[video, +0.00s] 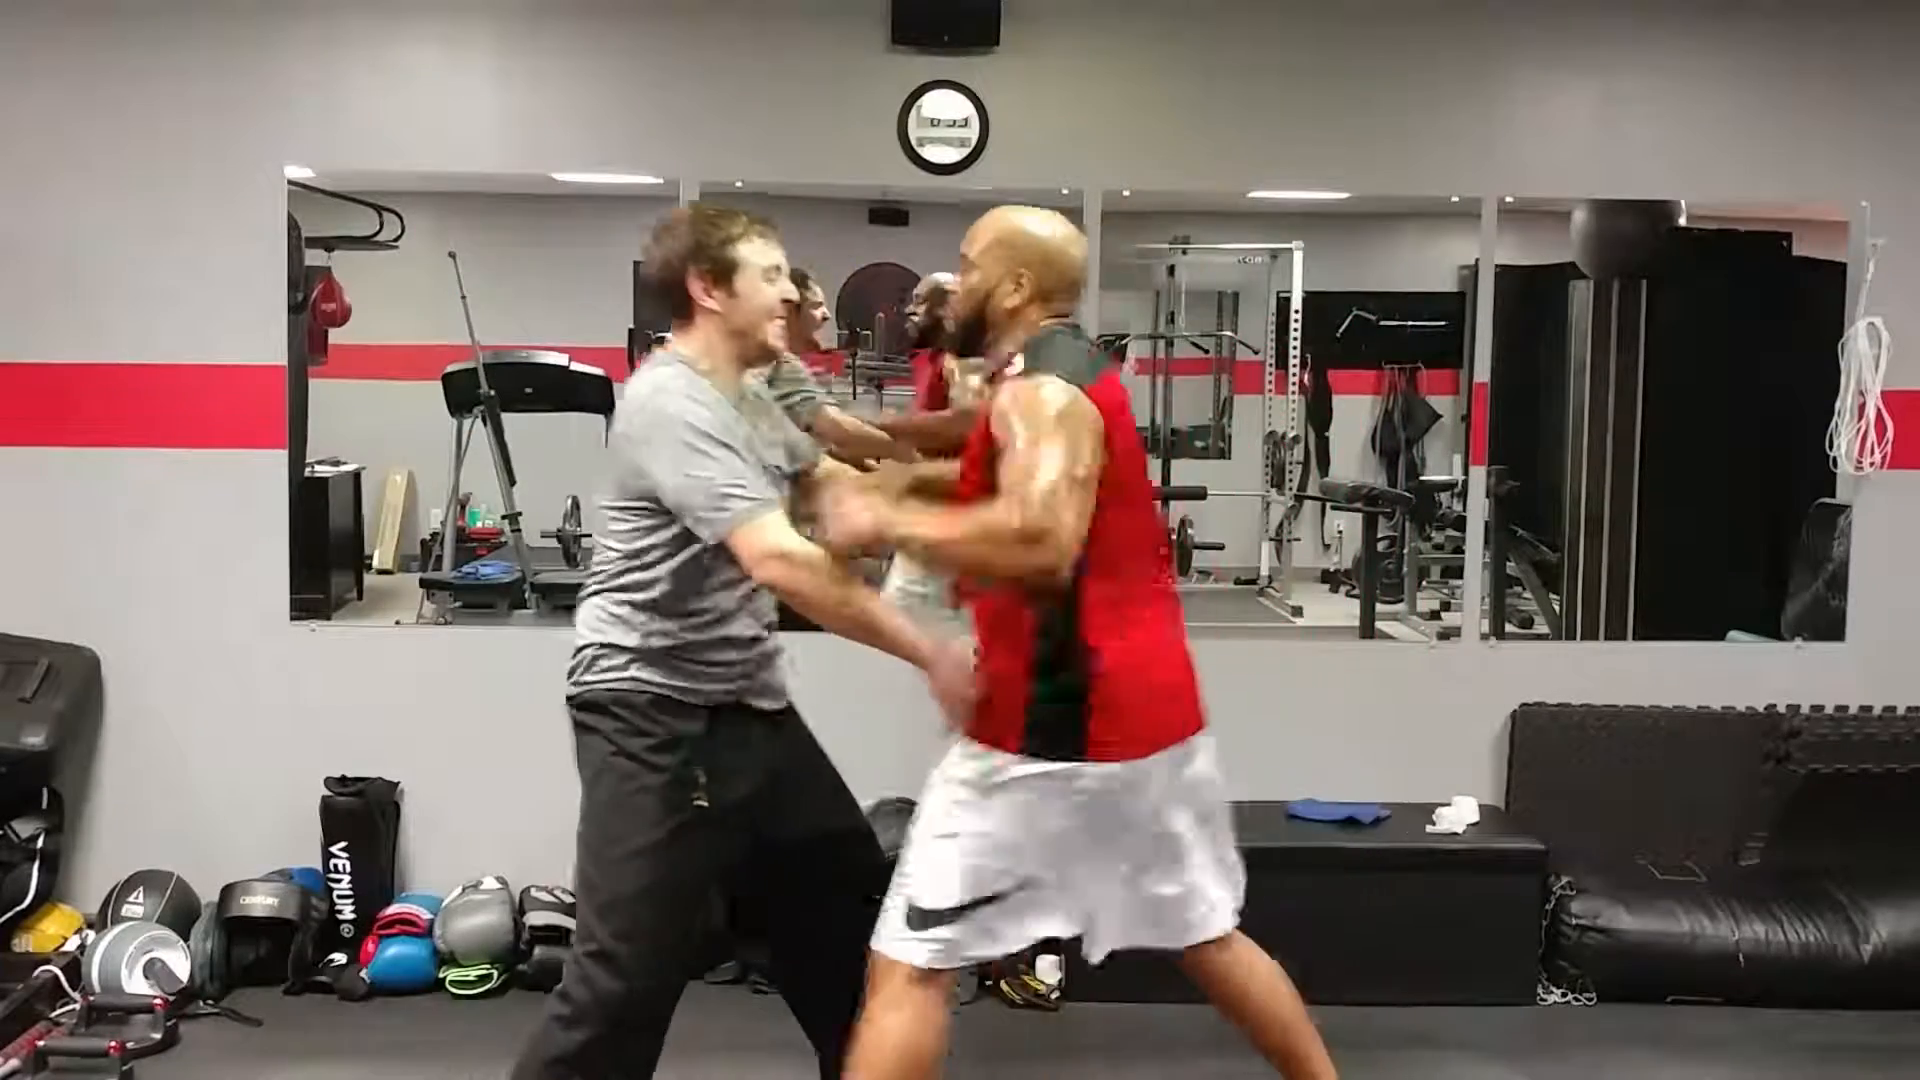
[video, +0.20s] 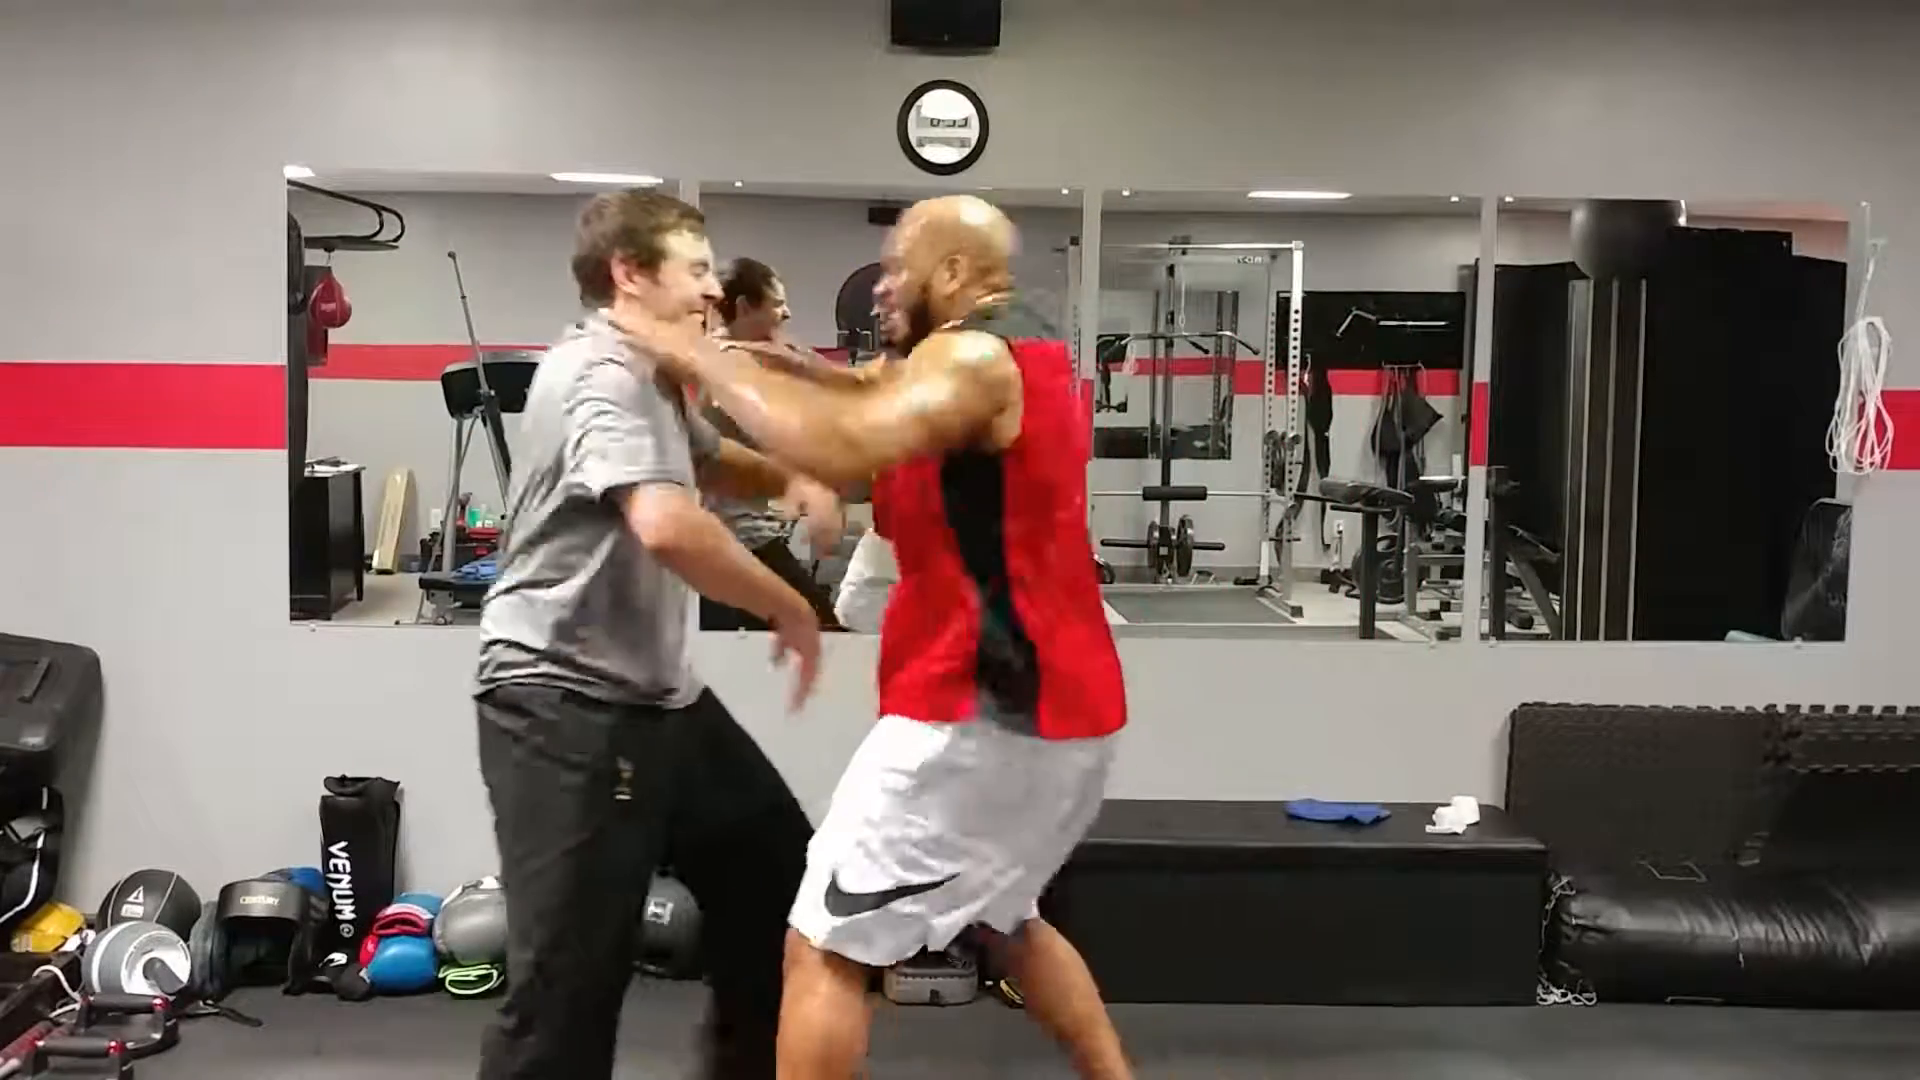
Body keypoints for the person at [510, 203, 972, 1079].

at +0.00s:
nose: (792, 294)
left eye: (789, 277)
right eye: (772, 277)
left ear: (723, 294)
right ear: (708, 290)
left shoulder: (751, 394)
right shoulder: (665, 405)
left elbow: (835, 485)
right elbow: (783, 567)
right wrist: (928, 649)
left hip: (749, 709)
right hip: (648, 713)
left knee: (858, 933)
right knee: (619, 990)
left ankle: (868, 1066)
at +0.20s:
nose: (712, 292)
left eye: (711, 273)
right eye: (695, 271)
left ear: (635, 280)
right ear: (627, 276)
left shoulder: (649, 370)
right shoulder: (602, 370)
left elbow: (700, 461)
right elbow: (664, 525)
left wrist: (795, 479)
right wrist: (789, 609)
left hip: (654, 698)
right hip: (562, 699)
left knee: (772, 865)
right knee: (566, 992)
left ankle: (748, 1062)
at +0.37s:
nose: (701, 325)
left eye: (704, 307)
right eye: (685, 302)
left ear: (628, 304)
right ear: (615, 299)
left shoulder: (638, 408)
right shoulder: (552, 390)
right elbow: (554, 570)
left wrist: (680, 514)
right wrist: (680, 587)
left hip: (594, 705)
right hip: (482, 697)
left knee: (658, 921)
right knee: (479, 950)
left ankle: (588, 1076)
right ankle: (473, 1078)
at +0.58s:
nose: (679, 418)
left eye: (683, 400)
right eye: (668, 397)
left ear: (605, 390)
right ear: (599, 386)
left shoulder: (572, 469)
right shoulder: (500, 486)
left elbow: (525, 585)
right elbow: (440, 655)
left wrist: (576, 600)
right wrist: (542, 668)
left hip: (494, 733)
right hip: (380, 738)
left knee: (590, 941)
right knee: (317, 987)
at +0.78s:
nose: (563, 338)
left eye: (564, 318)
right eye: (546, 315)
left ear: (493, 317)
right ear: (477, 312)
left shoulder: (503, 423)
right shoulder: (375, 412)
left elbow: (480, 567)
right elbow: (352, 600)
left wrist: (539, 533)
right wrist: (488, 588)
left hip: (415, 702)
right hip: (291, 702)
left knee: (504, 911)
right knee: (240, 948)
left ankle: (547, 1073)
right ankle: (172, 1071)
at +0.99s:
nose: (499, 279)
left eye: (499, 258)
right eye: (481, 258)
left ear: (428, 264)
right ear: (410, 261)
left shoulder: (469, 376)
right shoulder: (314, 361)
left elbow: (566, 480)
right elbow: (361, 502)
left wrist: (555, 390)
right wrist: (468, 393)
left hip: (426, 705)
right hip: (285, 697)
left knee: (471, 965)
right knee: (223, 967)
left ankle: (476, 1075)